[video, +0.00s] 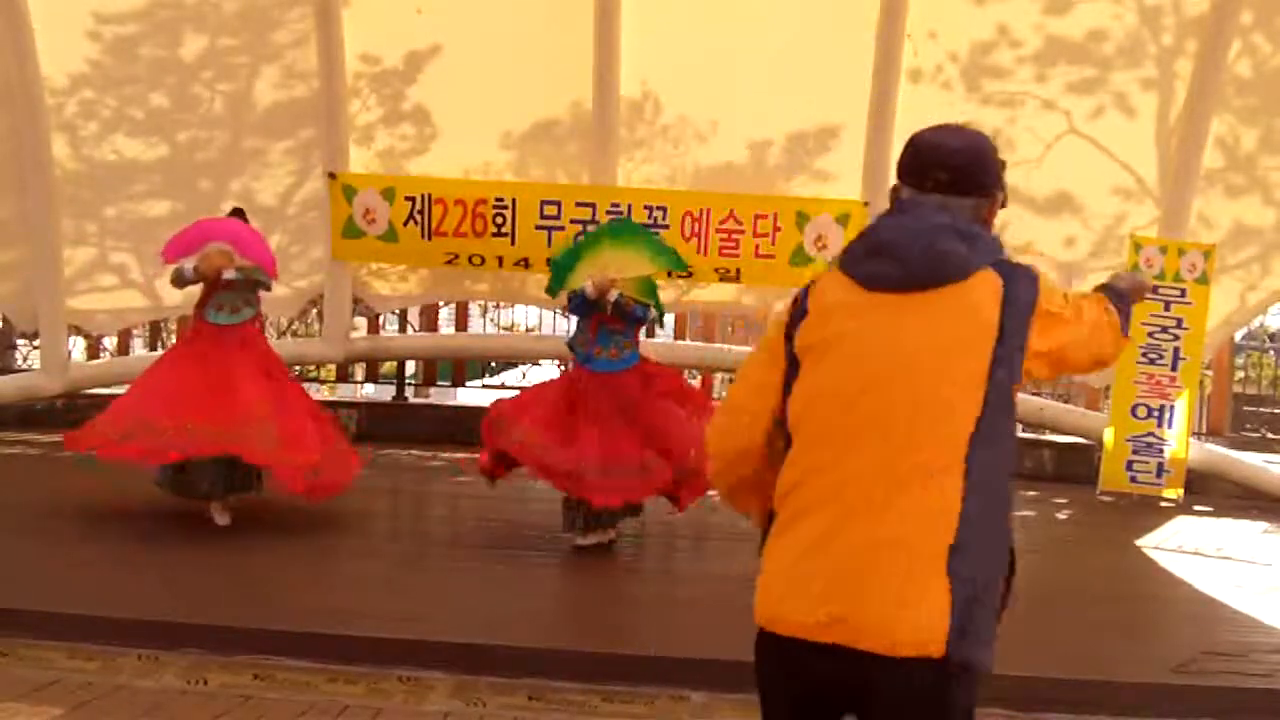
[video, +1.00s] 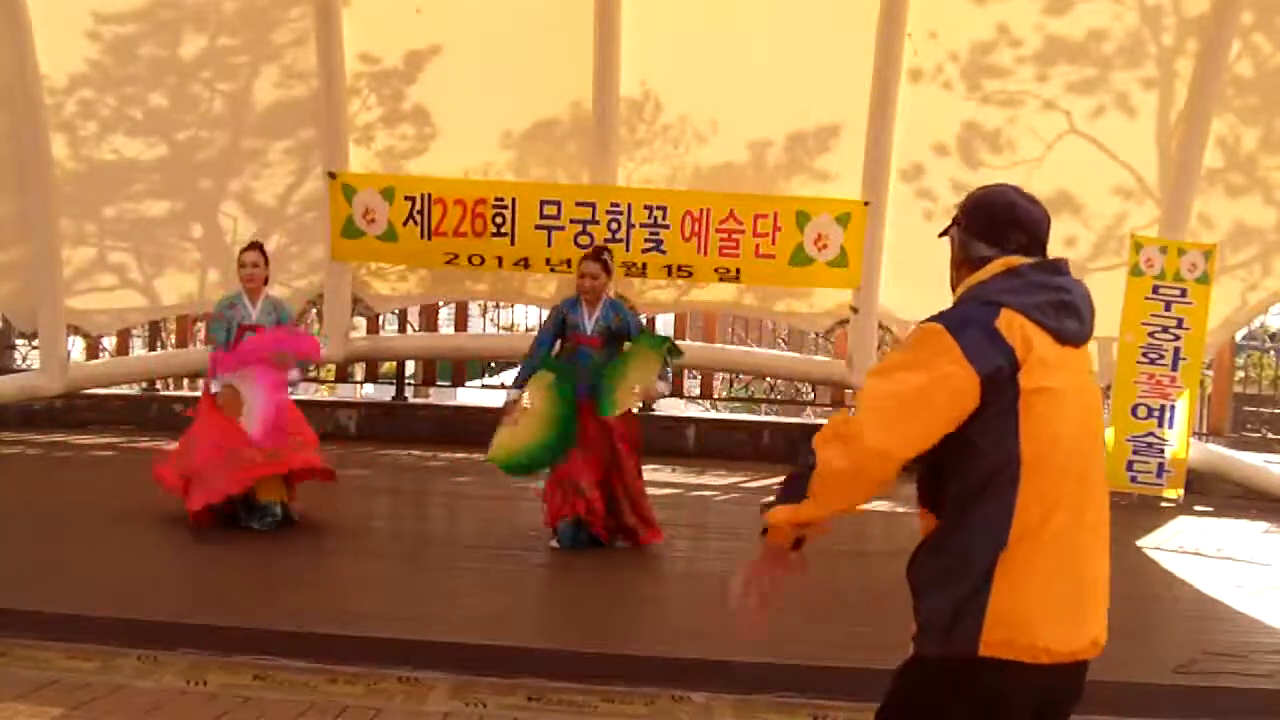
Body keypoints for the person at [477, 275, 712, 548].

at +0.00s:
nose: (611, 272)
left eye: (618, 266)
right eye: (605, 266)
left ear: (631, 264)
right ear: (594, 266)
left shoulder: (639, 285)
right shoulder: (585, 291)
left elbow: (645, 314)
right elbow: (575, 306)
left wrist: (615, 300)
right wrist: (592, 294)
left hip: (623, 371)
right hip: (587, 370)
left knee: (614, 448)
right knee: (585, 447)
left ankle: (608, 524)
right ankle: (588, 524)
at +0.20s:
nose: (609, 299)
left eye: (617, 296)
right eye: (604, 296)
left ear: (631, 288)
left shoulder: (639, 306)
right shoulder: (580, 295)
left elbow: (643, 336)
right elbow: (568, 326)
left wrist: (615, 327)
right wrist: (586, 323)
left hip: (624, 382)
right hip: (584, 381)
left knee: (624, 452)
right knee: (581, 452)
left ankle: (623, 524)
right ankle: (581, 524)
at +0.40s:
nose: (600, 288)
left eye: (606, 283)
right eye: (595, 282)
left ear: (618, 285)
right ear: (588, 281)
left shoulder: (631, 320)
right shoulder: (577, 320)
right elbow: (560, 356)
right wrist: (575, 370)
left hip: (624, 402)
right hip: (583, 401)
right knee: (581, 460)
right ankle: (575, 530)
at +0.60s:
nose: (594, 296)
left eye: (602, 290)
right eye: (590, 290)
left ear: (615, 290)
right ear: (583, 290)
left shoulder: (629, 320)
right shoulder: (573, 320)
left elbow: (651, 361)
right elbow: (555, 359)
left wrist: (629, 374)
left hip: (619, 398)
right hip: (580, 398)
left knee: (626, 458)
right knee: (574, 455)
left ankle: (632, 524)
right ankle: (569, 524)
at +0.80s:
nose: (590, 294)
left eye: (597, 288)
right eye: (584, 288)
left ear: (610, 289)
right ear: (578, 287)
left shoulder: (625, 318)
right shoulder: (570, 315)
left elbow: (654, 362)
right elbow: (549, 359)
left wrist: (638, 387)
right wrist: (534, 400)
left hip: (615, 399)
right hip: (577, 397)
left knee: (616, 459)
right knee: (575, 458)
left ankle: (618, 524)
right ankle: (573, 524)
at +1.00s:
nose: (586, 283)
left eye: (593, 278)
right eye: (581, 276)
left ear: (607, 280)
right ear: (576, 278)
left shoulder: (621, 313)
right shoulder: (564, 310)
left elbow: (647, 350)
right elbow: (538, 352)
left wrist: (647, 382)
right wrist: (516, 390)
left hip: (608, 395)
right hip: (569, 393)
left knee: (606, 458)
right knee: (568, 457)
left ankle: (603, 526)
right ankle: (568, 524)